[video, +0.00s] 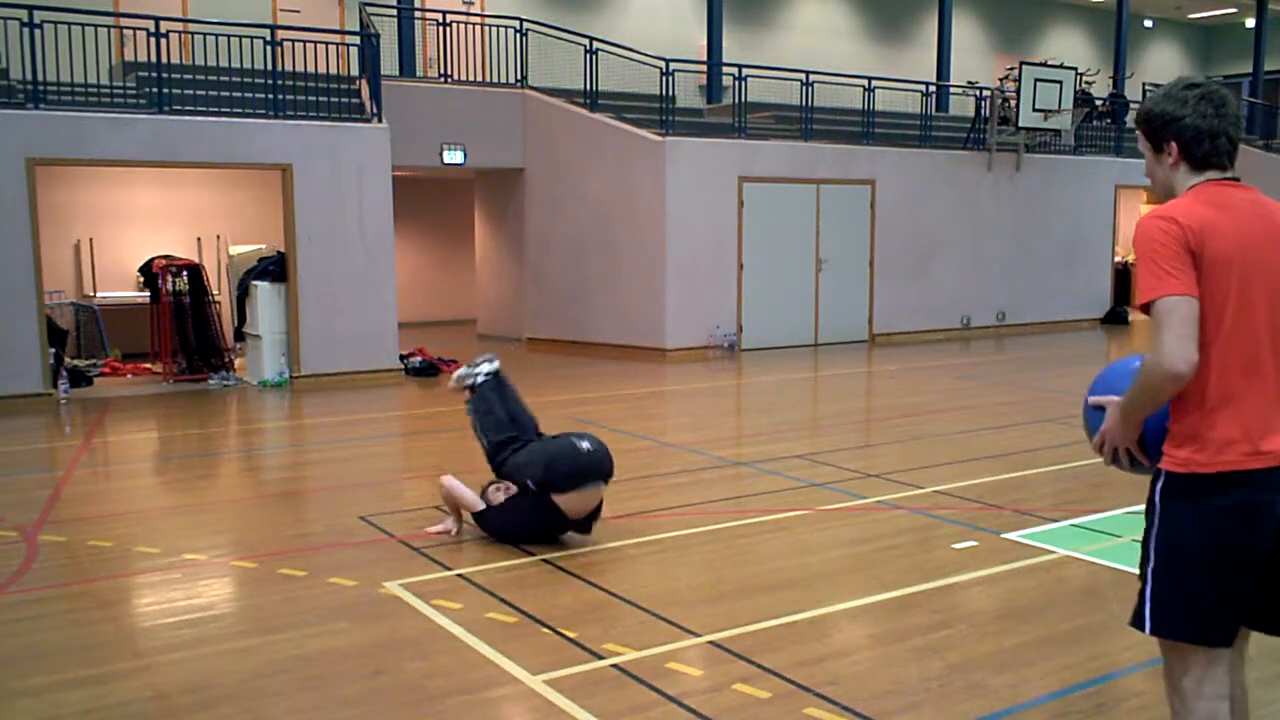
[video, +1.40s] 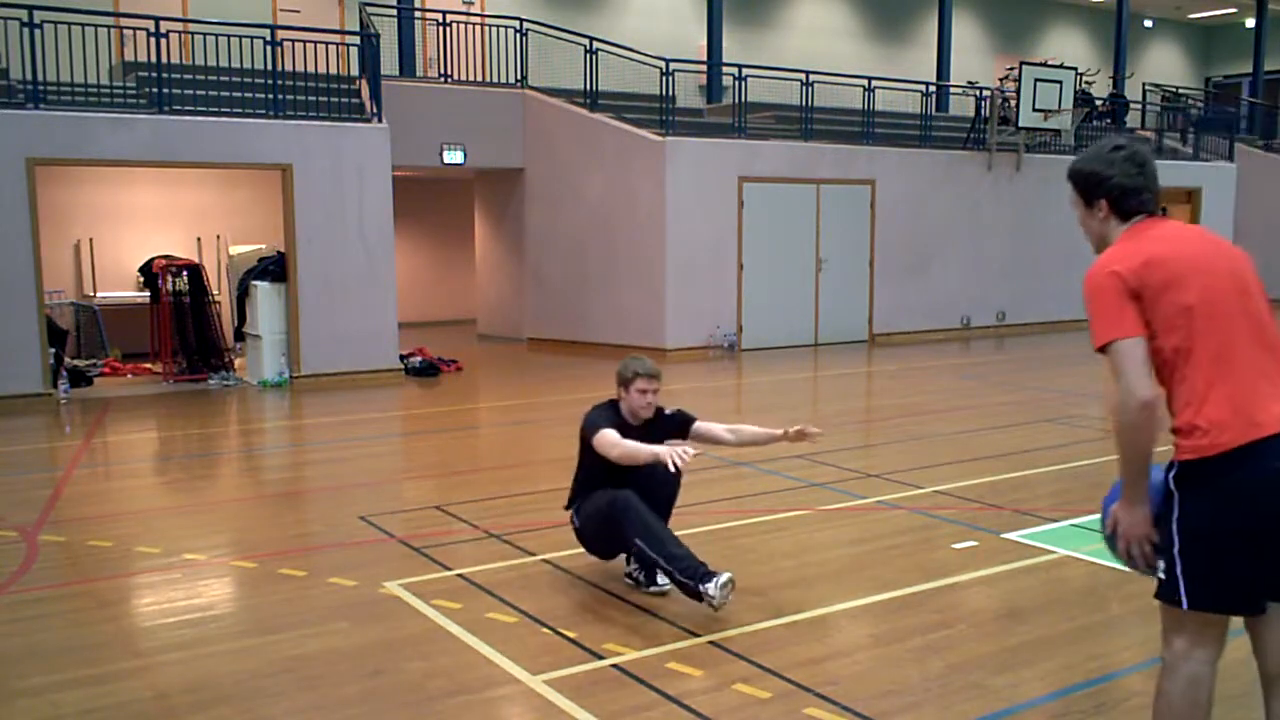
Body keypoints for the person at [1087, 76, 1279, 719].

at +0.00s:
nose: (1146, 170)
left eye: (1146, 154)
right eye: (1145, 155)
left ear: (1169, 150)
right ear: (1223, 147)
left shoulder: (1169, 221)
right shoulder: (1270, 213)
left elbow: (1175, 359)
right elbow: (1256, 343)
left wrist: (1126, 416)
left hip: (1208, 477)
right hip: (1269, 470)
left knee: (1196, 669)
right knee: (1229, 656)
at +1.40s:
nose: (1079, 221)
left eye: (1078, 208)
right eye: (1076, 208)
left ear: (1100, 206)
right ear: (1150, 197)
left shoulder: (1113, 268)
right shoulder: (1219, 245)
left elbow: (1142, 397)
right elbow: (1260, 346)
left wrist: (1133, 498)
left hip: (1217, 466)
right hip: (1274, 450)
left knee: (1189, 648)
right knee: (1272, 627)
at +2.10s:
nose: (1078, 171)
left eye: (1079, 158)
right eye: (1077, 158)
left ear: (1098, 160)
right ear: (1150, 158)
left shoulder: (1103, 235)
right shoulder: (1206, 226)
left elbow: (1072, 365)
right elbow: (1202, 348)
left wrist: (1007, 406)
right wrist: (1098, 371)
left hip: (1161, 459)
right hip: (1239, 452)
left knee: (1150, 635)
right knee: (1221, 614)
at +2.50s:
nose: (1136, 156)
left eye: (1138, 143)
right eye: (1136, 143)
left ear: (1160, 149)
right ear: (1212, 150)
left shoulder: (1159, 226)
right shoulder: (1262, 224)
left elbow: (1162, 359)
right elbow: (1266, 338)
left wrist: (1124, 470)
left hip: (1189, 463)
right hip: (1264, 457)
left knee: (1158, 636)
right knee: (1246, 615)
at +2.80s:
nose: (1206, 153)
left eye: (1211, 140)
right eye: (1209, 140)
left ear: (1237, 148)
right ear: (1260, 149)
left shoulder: (1233, 228)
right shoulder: (1263, 221)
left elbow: (1200, 360)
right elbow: (1260, 347)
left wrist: (1111, 384)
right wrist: (1187, 391)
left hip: (1239, 462)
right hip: (1271, 457)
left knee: (1186, 639)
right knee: (1276, 619)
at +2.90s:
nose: (1228, 157)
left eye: (1232, 143)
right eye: (1229, 143)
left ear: (1258, 147)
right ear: (1271, 149)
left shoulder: (1255, 228)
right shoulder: (1259, 228)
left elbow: (1222, 359)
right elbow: (1240, 348)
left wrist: (1130, 321)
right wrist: (1161, 326)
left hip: (1250, 466)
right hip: (1258, 463)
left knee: (1194, 642)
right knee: (1193, 639)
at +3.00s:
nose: (1245, 150)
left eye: (1253, 136)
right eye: (1249, 136)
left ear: (1278, 146)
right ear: (1279, 148)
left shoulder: (1272, 228)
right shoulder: (1269, 228)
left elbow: (1229, 352)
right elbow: (1237, 338)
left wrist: (1172, 283)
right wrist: (1180, 276)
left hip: (1255, 463)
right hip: (1259, 462)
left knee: (1198, 643)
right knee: (1199, 639)